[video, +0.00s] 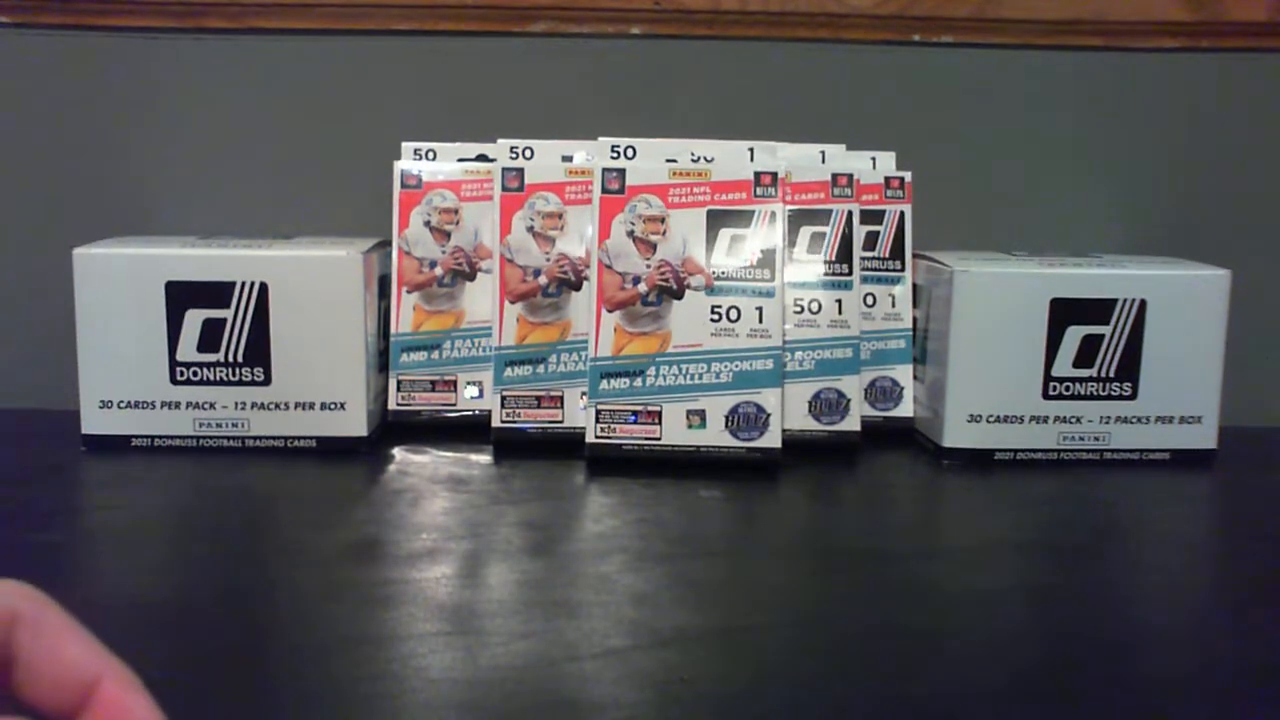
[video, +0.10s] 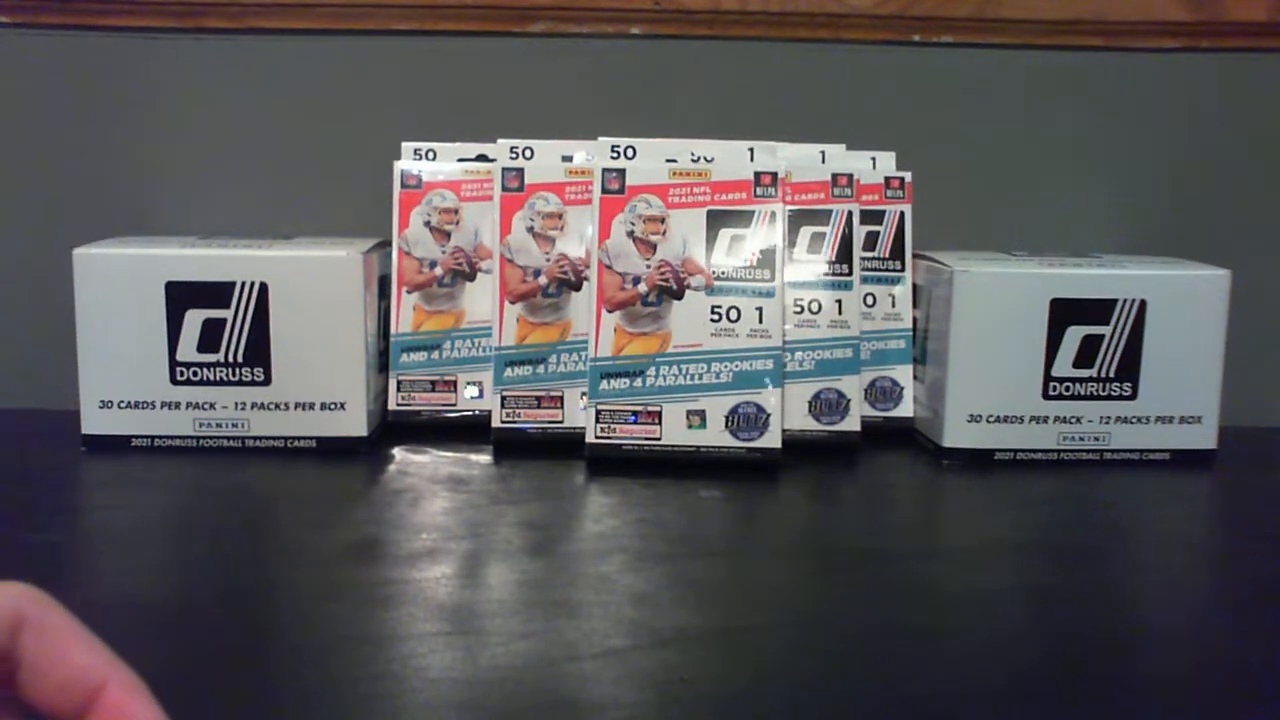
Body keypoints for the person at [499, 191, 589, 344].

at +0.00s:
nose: (555, 223)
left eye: (559, 217)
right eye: (549, 217)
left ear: (564, 219)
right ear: (533, 218)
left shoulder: (569, 244)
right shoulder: (514, 244)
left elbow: (577, 286)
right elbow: (512, 294)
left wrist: (576, 272)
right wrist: (545, 278)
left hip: (557, 324)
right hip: (526, 322)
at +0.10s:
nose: (556, 223)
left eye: (559, 217)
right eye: (549, 217)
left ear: (564, 220)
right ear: (533, 218)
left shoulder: (567, 245)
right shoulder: (514, 244)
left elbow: (577, 286)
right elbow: (512, 294)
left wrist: (574, 272)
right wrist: (545, 278)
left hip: (557, 324)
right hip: (526, 323)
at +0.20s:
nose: (555, 223)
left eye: (559, 217)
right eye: (549, 217)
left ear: (564, 219)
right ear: (533, 218)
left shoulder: (568, 244)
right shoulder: (514, 244)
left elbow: (577, 286)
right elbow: (512, 294)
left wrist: (573, 272)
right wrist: (545, 278)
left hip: (557, 324)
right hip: (526, 323)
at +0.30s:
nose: (556, 223)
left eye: (559, 217)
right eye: (549, 217)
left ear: (564, 219)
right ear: (534, 218)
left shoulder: (569, 244)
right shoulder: (514, 244)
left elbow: (578, 285)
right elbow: (512, 294)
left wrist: (572, 271)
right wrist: (545, 279)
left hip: (557, 324)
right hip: (526, 323)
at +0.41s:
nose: (556, 223)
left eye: (559, 217)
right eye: (549, 217)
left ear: (564, 219)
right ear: (534, 218)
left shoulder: (570, 244)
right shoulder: (514, 244)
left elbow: (578, 285)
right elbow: (512, 294)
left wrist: (572, 271)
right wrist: (545, 279)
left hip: (557, 324)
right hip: (526, 323)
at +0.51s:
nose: (555, 223)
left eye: (559, 217)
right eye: (549, 217)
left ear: (564, 219)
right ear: (534, 218)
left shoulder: (569, 243)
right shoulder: (514, 244)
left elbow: (578, 285)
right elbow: (512, 294)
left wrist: (571, 271)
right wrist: (545, 279)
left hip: (556, 324)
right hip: (526, 322)